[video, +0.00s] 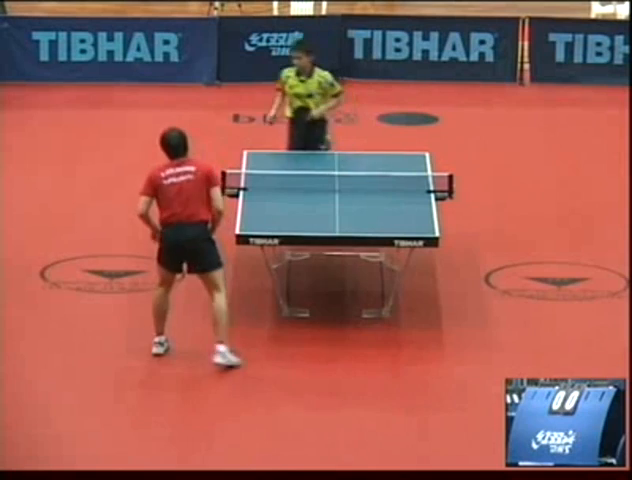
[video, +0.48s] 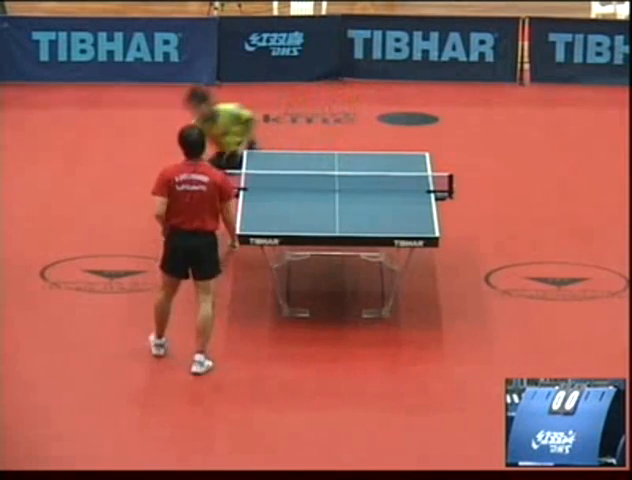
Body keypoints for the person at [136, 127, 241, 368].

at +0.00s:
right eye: (183, 143)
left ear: (164, 151)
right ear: (187, 146)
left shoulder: (156, 175)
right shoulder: (206, 170)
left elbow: (142, 210)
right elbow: (219, 207)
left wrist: (155, 229)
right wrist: (212, 228)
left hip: (171, 230)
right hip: (198, 229)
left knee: (164, 286)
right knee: (217, 290)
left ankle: (159, 339)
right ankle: (221, 346)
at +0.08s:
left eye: (167, 145)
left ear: (165, 148)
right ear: (186, 143)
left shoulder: (156, 173)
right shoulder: (205, 168)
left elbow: (141, 209)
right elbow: (220, 206)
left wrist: (152, 226)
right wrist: (211, 228)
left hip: (170, 230)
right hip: (198, 229)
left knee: (163, 286)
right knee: (212, 289)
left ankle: (159, 339)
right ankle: (211, 345)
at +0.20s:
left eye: (171, 143)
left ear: (167, 146)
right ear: (189, 142)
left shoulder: (158, 173)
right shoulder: (207, 169)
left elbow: (143, 208)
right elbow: (223, 206)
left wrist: (153, 224)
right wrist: (214, 227)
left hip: (171, 233)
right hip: (199, 232)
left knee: (164, 286)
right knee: (207, 291)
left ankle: (159, 338)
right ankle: (203, 347)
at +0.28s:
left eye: (175, 143)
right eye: (188, 141)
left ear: (171, 147)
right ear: (194, 144)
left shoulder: (161, 174)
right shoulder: (210, 172)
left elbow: (147, 210)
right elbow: (228, 209)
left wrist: (156, 225)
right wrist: (216, 227)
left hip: (173, 235)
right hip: (201, 235)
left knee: (165, 288)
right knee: (204, 292)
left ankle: (159, 338)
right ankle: (201, 350)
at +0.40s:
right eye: (197, 143)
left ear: (178, 148)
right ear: (200, 146)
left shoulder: (166, 175)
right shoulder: (215, 175)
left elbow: (156, 210)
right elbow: (231, 211)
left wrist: (162, 227)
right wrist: (224, 237)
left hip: (175, 236)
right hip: (204, 237)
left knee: (166, 292)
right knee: (205, 295)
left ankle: (160, 340)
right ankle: (201, 354)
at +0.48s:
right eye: (202, 143)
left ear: (181, 147)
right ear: (204, 146)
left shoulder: (169, 174)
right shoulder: (218, 177)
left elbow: (160, 210)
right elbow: (228, 213)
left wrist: (167, 228)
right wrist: (234, 238)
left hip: (176, 237)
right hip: (205, 239)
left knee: (167, 292)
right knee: (205, 296)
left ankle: (159, 340)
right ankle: (201, 355)